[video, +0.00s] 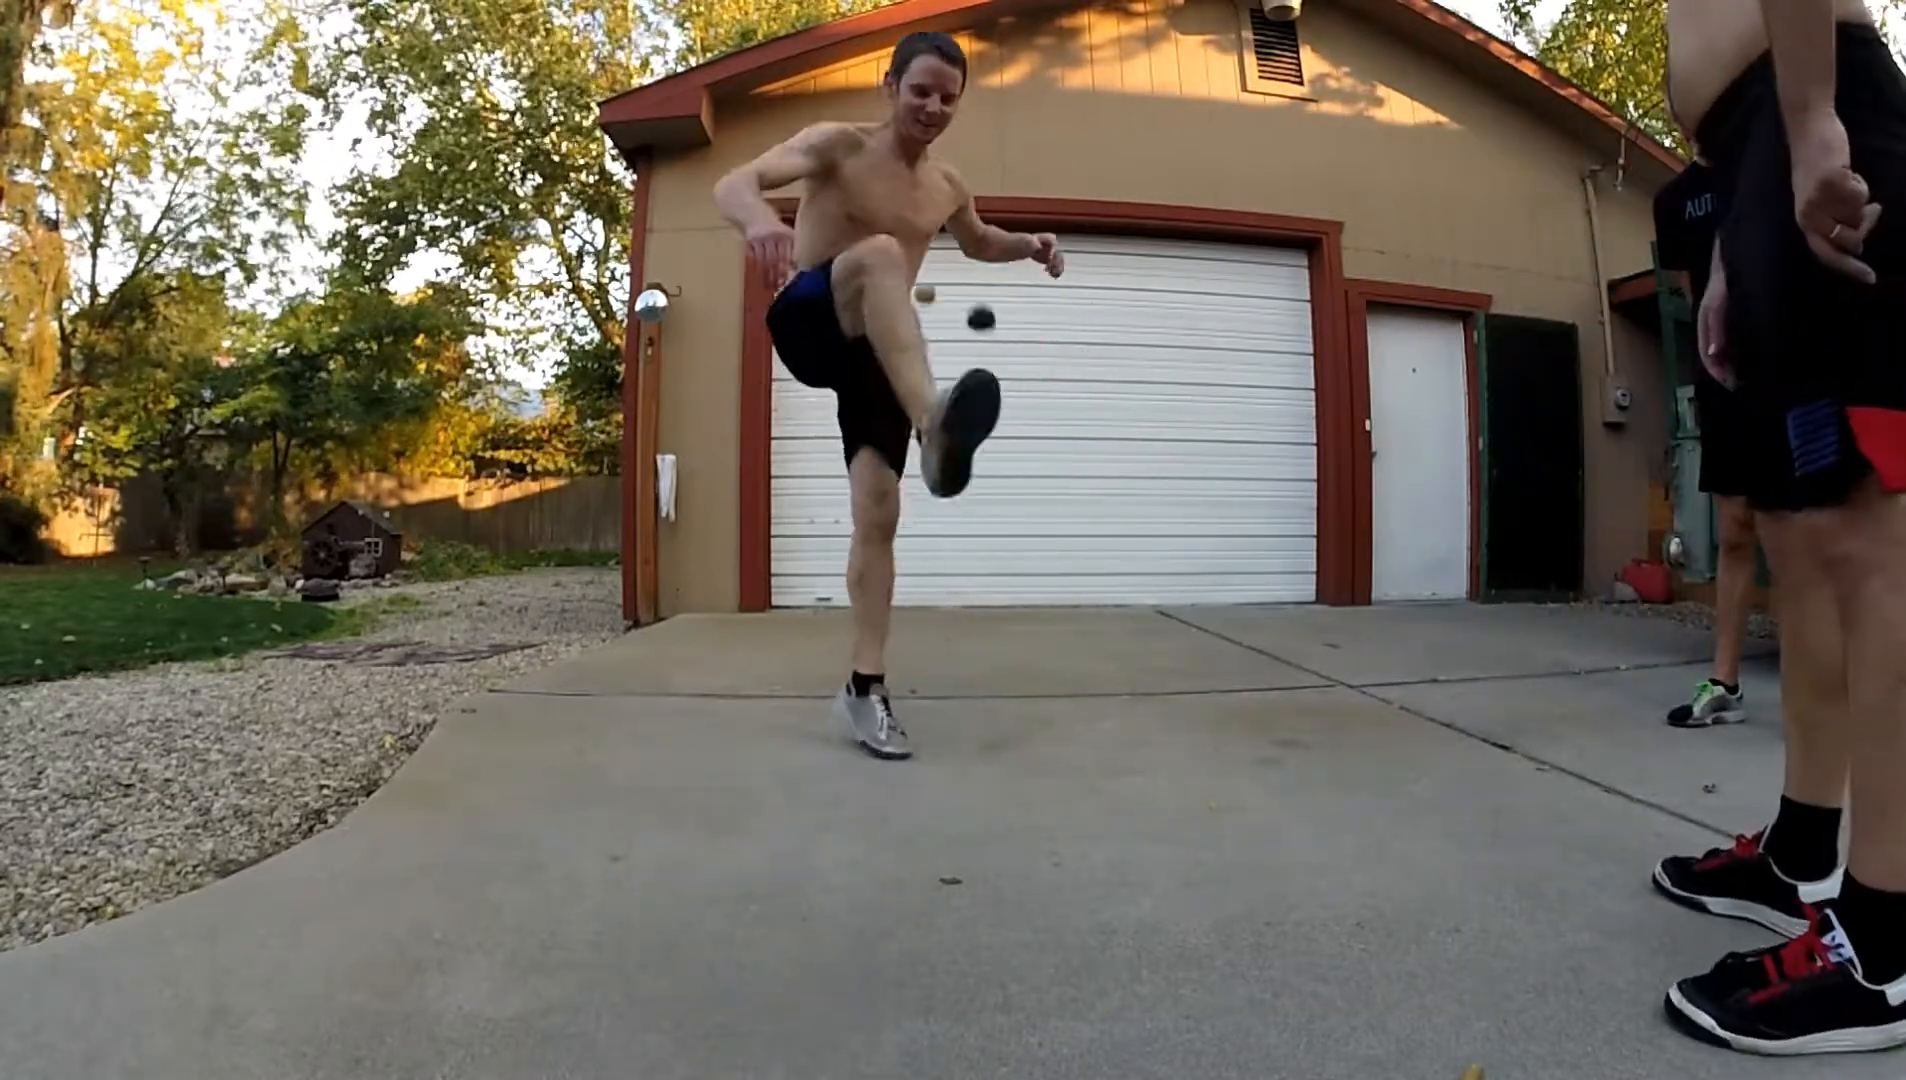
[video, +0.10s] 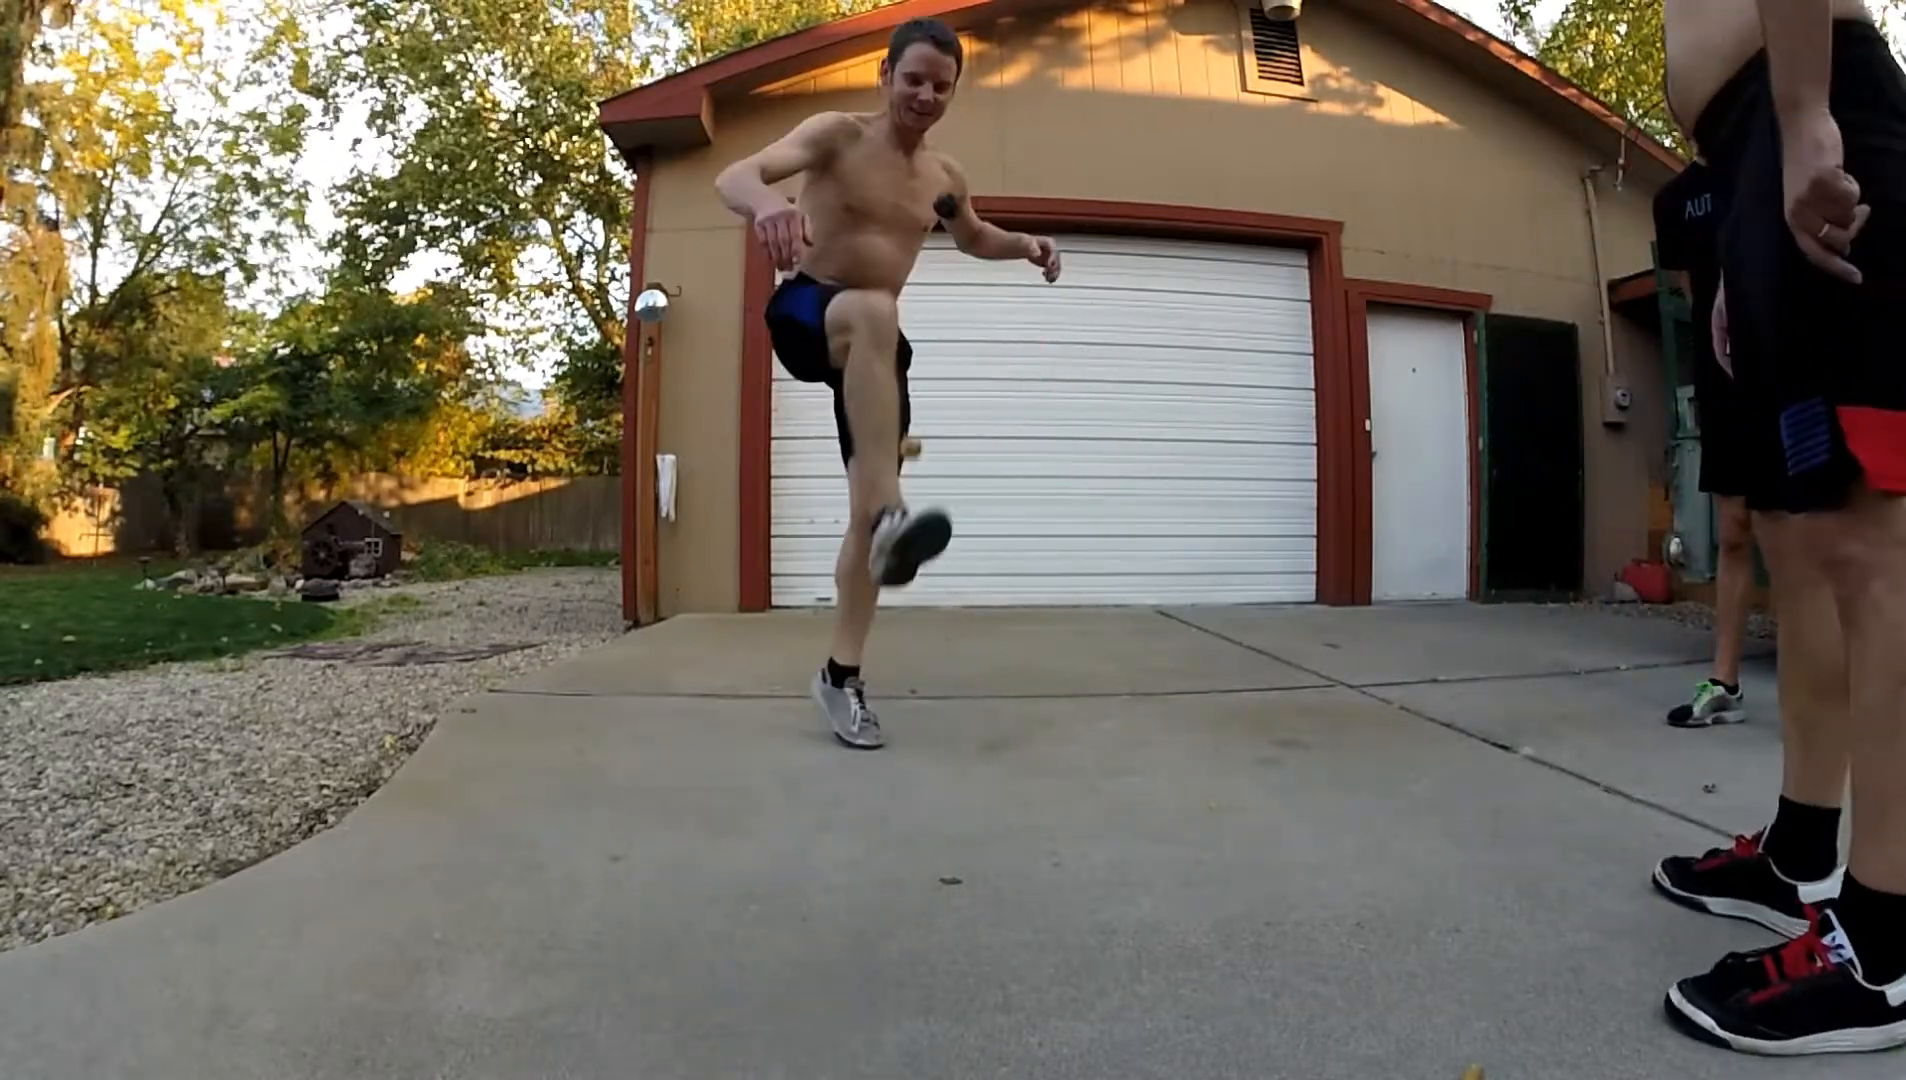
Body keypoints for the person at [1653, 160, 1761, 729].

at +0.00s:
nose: (1705, 130)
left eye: (1716, 116)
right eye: (1696, 117)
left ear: (1743, 118)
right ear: (1688, 125)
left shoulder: (1772, 178)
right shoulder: (1678, 196)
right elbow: (1688, 289)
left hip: (1785, 371)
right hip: (1723, 383)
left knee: (1800, 542)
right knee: (1733, 533)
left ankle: (1816, 690)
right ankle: (1724, 679)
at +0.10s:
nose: (1710, 131)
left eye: (1721, 117)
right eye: (1701, 119)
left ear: (1748, 115)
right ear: (1691, 126)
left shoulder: (1774, 178)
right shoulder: (1679, 195)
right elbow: (1687, 286)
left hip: (1786, 373)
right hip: (1724, 384)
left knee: (1799, 543)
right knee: (1733, 534)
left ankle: (1814, 687)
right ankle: (1724, 679)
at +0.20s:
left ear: (1751, 115)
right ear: (1693, 124)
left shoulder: (1776, 177)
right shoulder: (1680, 194)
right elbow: (1687, 286)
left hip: (1784, 372)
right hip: (1723, 383)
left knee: (1795, 542)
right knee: (1733, 534)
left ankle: (1813, 686)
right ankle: (1724, 679)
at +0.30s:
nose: (1711, 130)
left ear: (1752, 121)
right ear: (1695, 125)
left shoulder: (1775, 179)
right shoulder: (1680, 195)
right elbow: (1686, 286)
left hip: (1784, 372)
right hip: (1723, 384)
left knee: (1794, 541)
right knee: (1733, 534)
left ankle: (1813, 690)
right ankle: (1725, 679)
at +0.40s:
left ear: (1751, 120)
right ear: (1695, 125)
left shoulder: (1774, 179)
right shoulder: (1679, 196)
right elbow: (1687, 287)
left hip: (1783, 372)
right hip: (1722, 383)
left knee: (1792, 542)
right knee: (1732, 534)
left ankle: (1812, 691)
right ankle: (1725, 679)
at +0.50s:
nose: (1711, 132)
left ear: (1748, 123)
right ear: (1695, 126)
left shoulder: (1776, 178)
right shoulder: (1680, 195)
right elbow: (1688, 286)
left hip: (1784, 371)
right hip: (1723, 382)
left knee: (1791, 541)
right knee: (1733, 534)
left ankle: (1812, 690)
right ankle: (1725, 679)